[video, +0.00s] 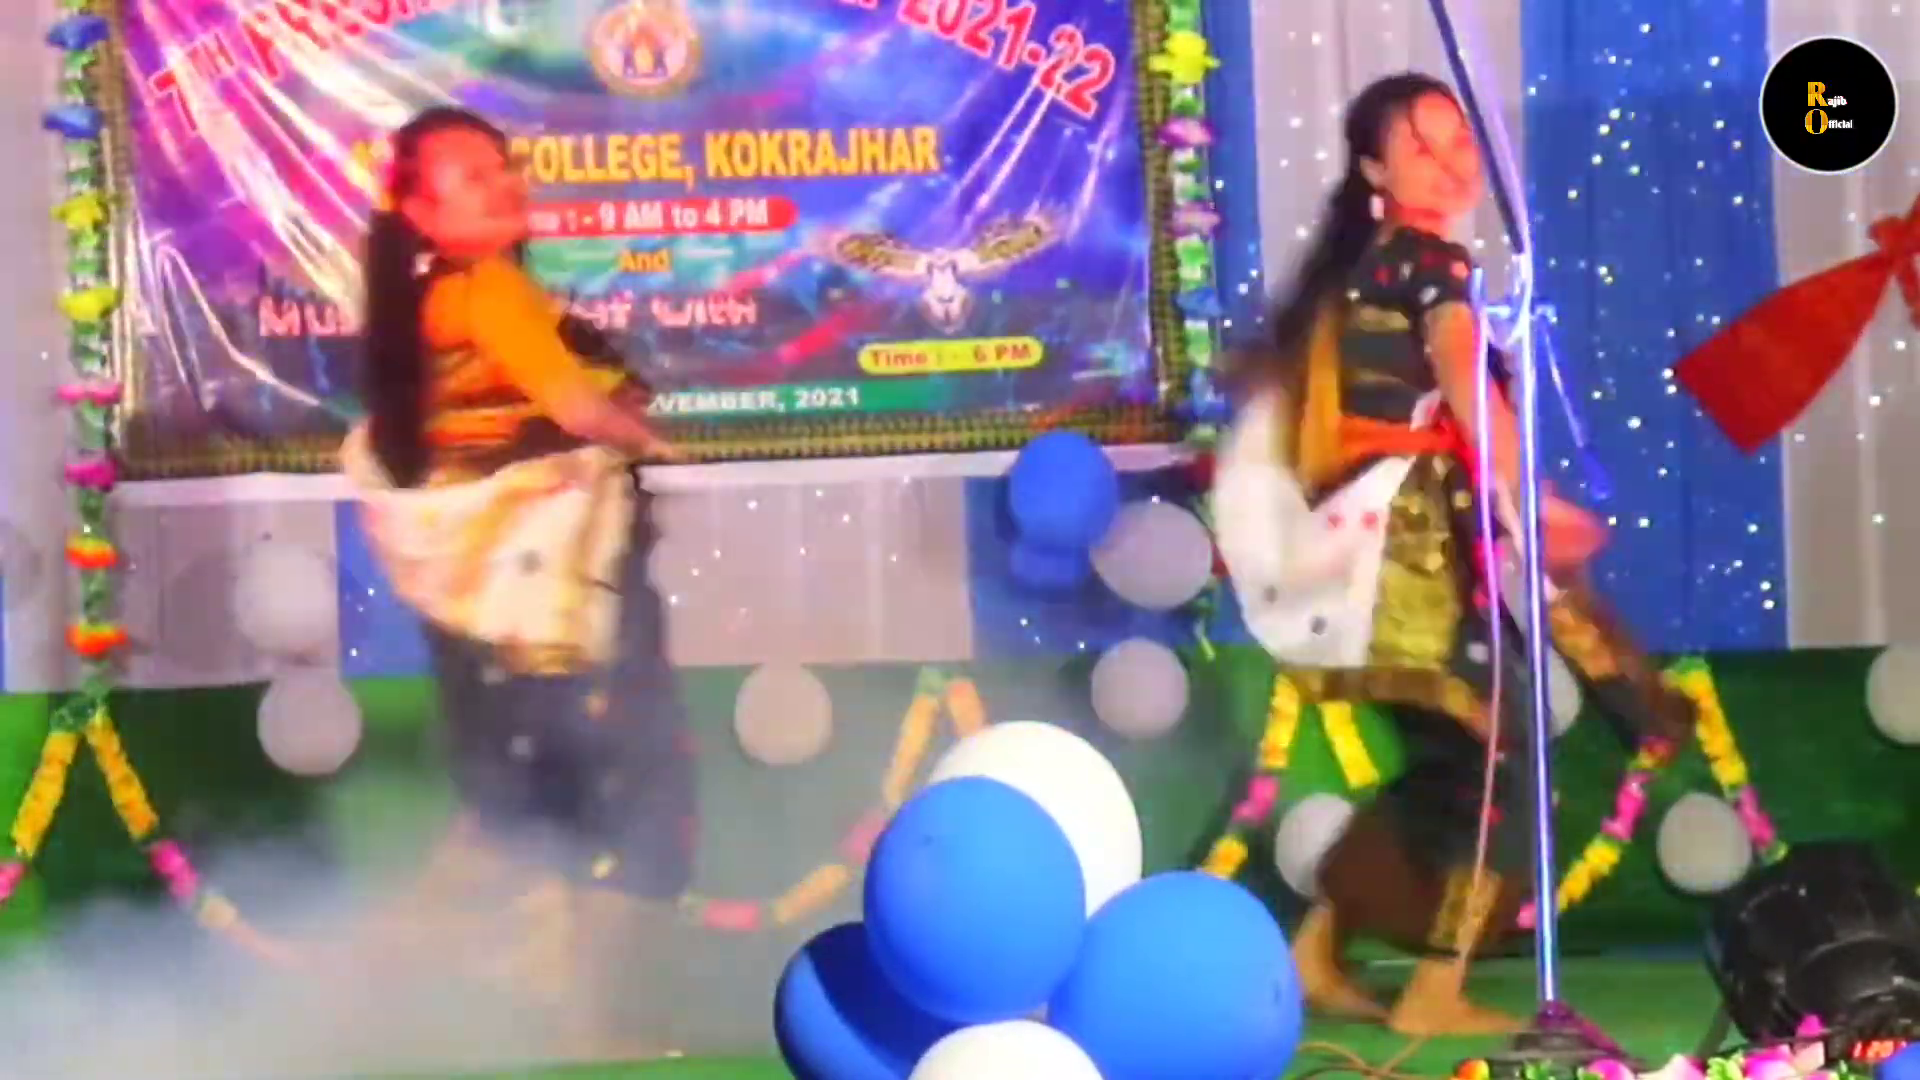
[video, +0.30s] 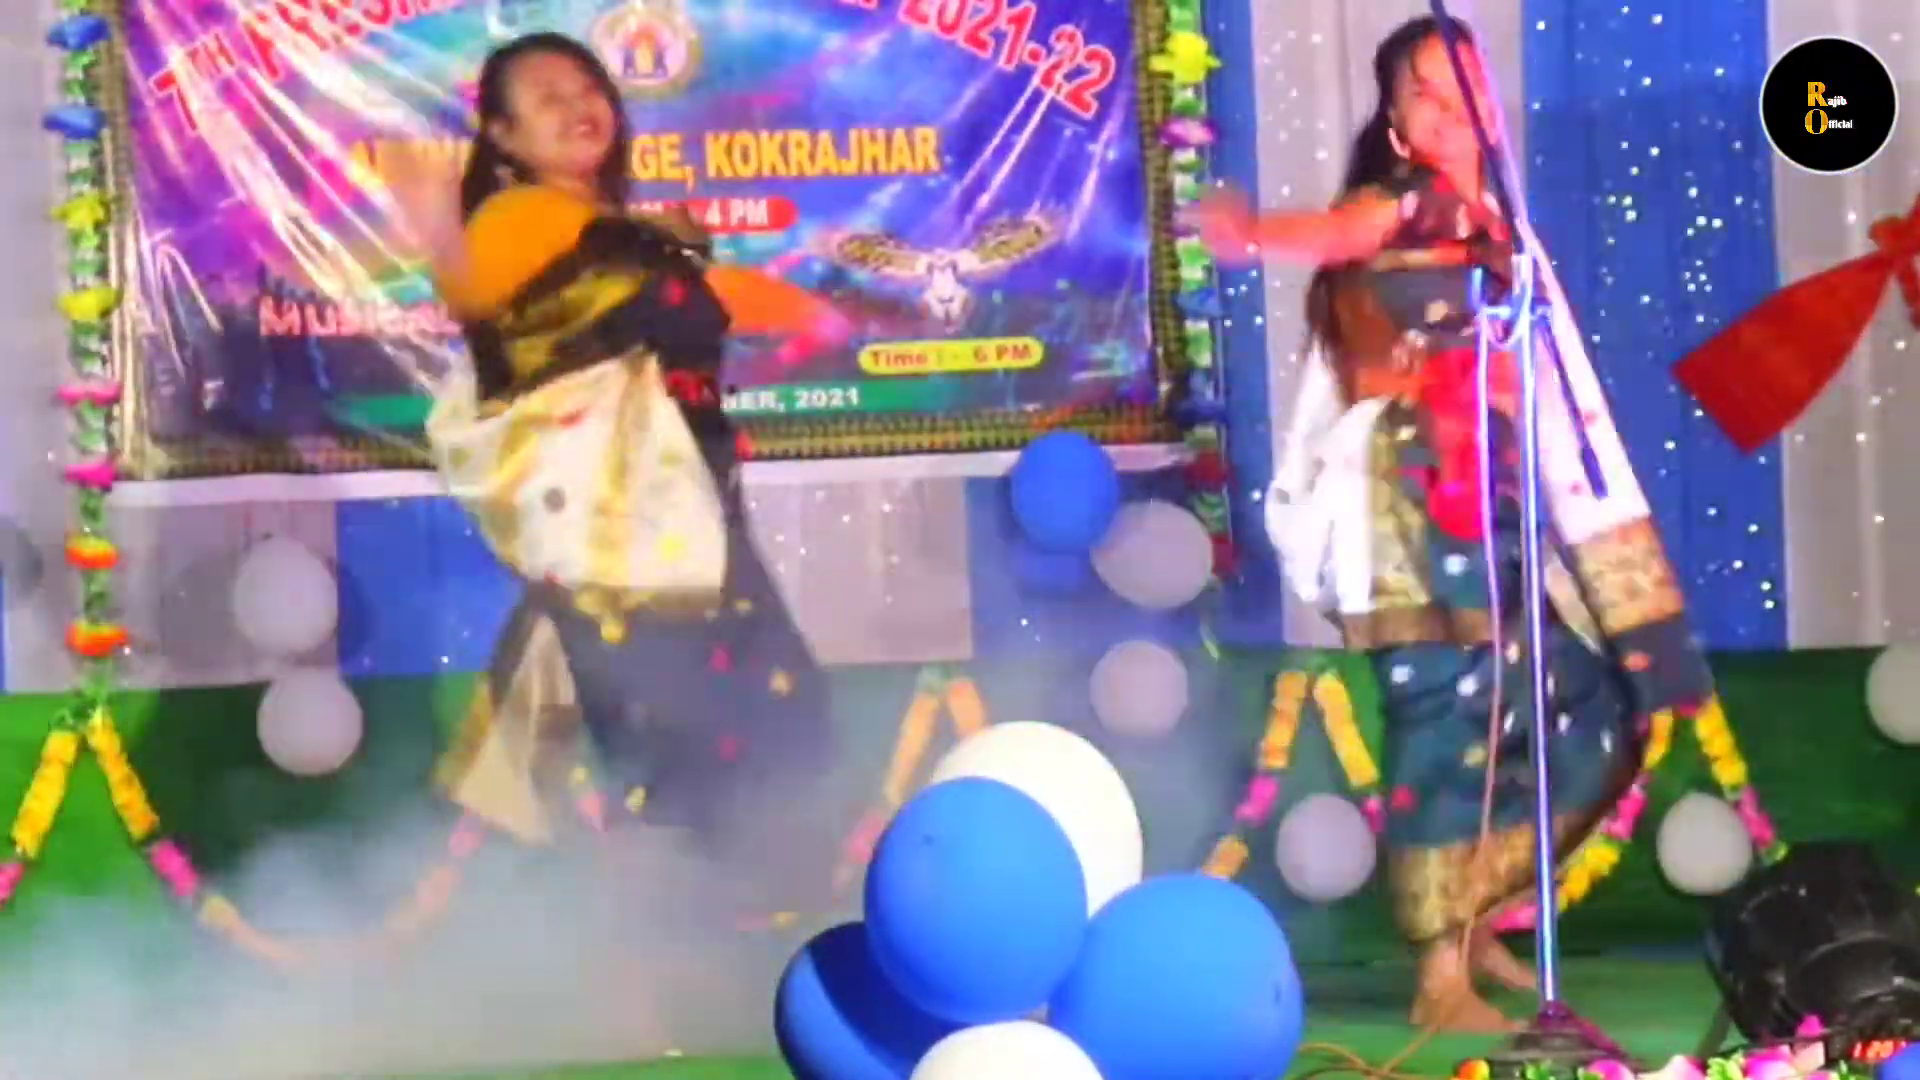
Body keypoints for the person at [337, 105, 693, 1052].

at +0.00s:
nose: (504, 186)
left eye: (501, 166)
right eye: (472, 178)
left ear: (510, 173)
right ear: (422, 213)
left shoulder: (428, 298)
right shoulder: (490, 292)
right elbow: (573, 405)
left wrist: (587, 383)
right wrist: (645, 436)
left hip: (481, 607)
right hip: (559, 609)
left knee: (511, 803)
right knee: (633, 810)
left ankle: (381, 969)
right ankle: (592, 1026)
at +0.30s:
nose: (581, 107)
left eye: (590, 91)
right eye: (550, 100)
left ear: (615, 111)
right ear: (505, 141)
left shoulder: (645, 236)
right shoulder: (522, 218)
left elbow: (758, 299)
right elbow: (472, 285)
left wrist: (845, 304)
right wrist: (438, 231)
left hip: (690, 502)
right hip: (605, 511)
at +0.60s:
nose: (591, 128)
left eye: (607, 110)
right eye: (582, 112)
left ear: (660, 104)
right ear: (569, 120)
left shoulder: (734, 184)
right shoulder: (553, 206)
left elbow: (721, 243)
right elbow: (464, 287)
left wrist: (634, 178)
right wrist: (544, 207)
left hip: (696, 470)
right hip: (572, 476)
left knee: (712, 696)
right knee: (590, 708)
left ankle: (728, 924)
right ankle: (642, 936)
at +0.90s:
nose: (560, 174)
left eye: (572, 154)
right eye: (567, 153)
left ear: (610, 166)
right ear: (649, 168)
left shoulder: (632, 280)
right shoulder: (649, 272)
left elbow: (569, 377)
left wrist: (470, 450)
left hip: (606, 566)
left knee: (577, 777)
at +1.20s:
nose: (494, 121)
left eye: (514, 102)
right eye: (498, 100)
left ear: (571, 115)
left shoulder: (619, 209)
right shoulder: (505, 236)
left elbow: (648, 226)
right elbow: (477, 289)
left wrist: (592, 167)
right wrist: (420, 234)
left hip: (591, 488)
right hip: (500, 493)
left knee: (595, 691)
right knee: (504, 703)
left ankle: (611, 890)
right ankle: (529, 873)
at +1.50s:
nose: (632, 163)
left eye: (632, 147)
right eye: (608, 146)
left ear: (638, 164)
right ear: (544, 162)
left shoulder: (693, 284)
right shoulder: (494, 292)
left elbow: (814, 358)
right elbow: (404, 400)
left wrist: (912, 294)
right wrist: (306, 319)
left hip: (676, 584)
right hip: (550, 577)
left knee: (618, 840)